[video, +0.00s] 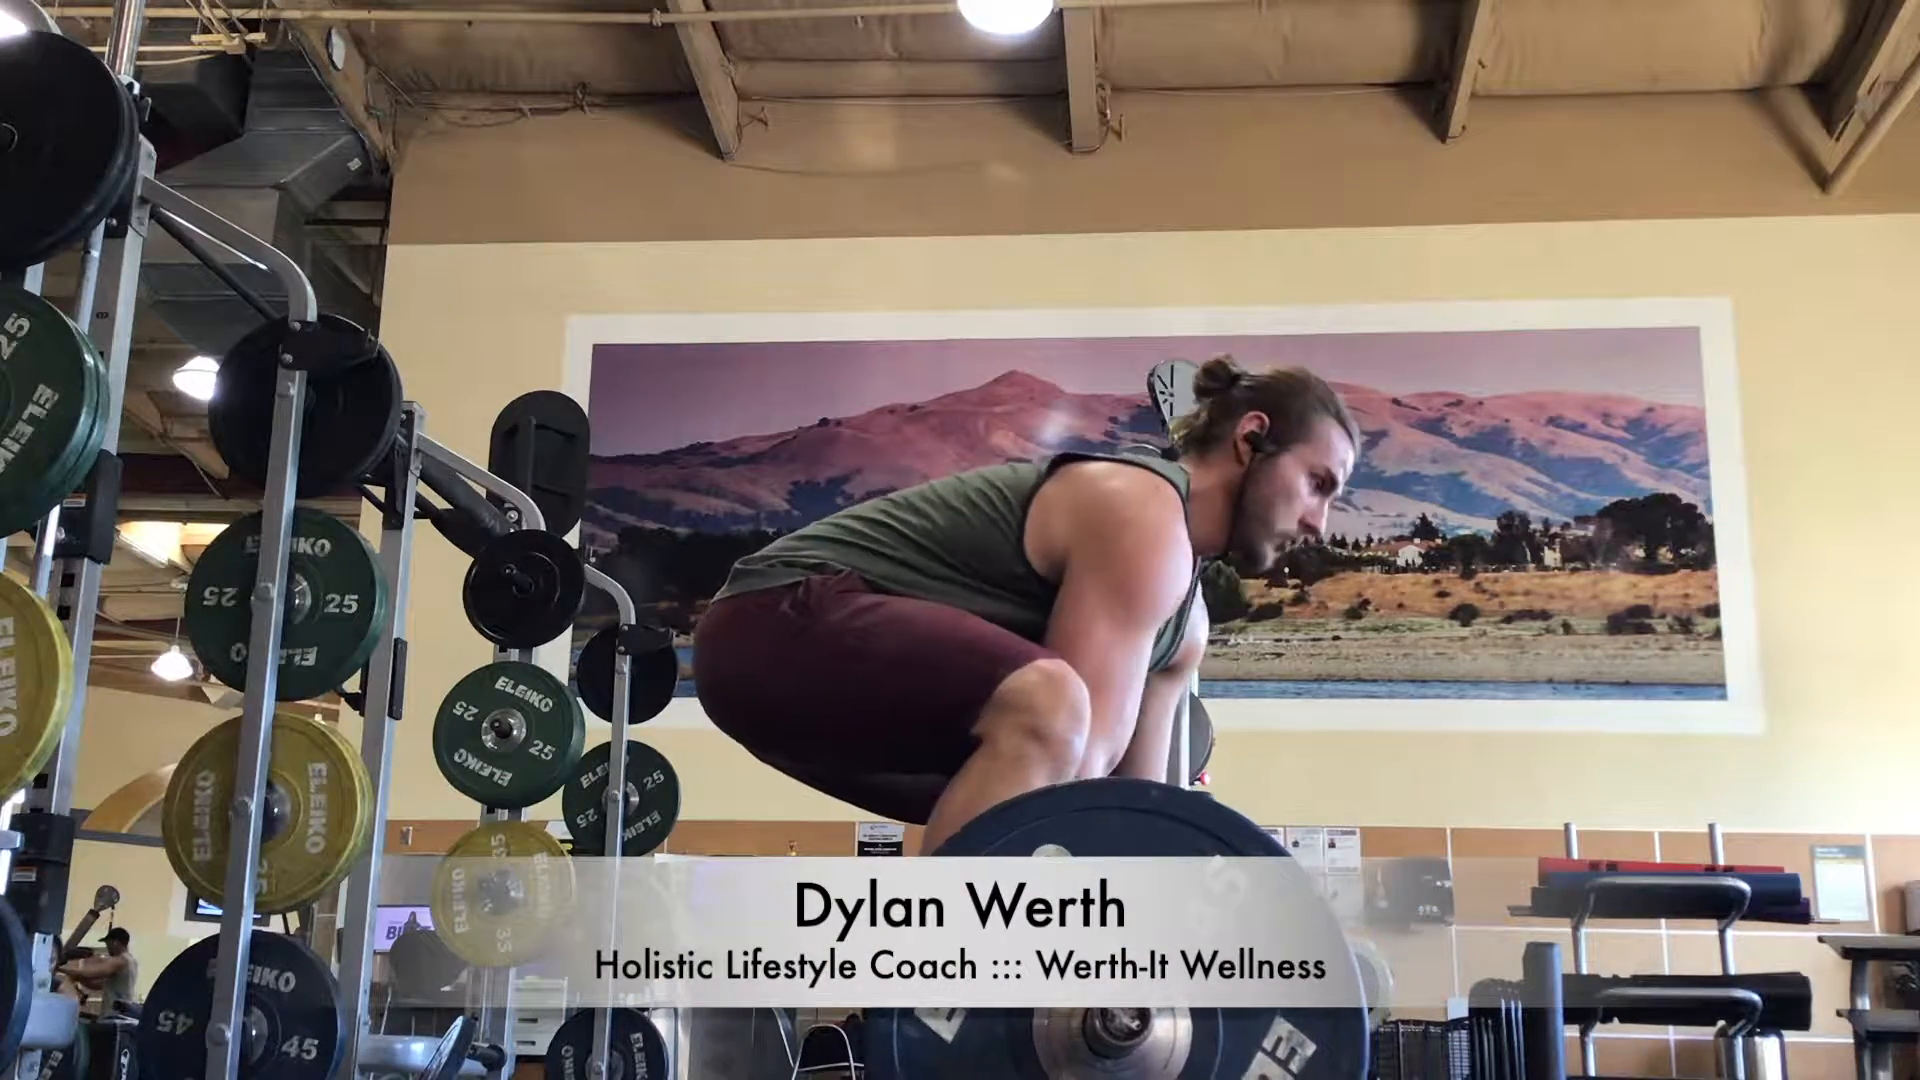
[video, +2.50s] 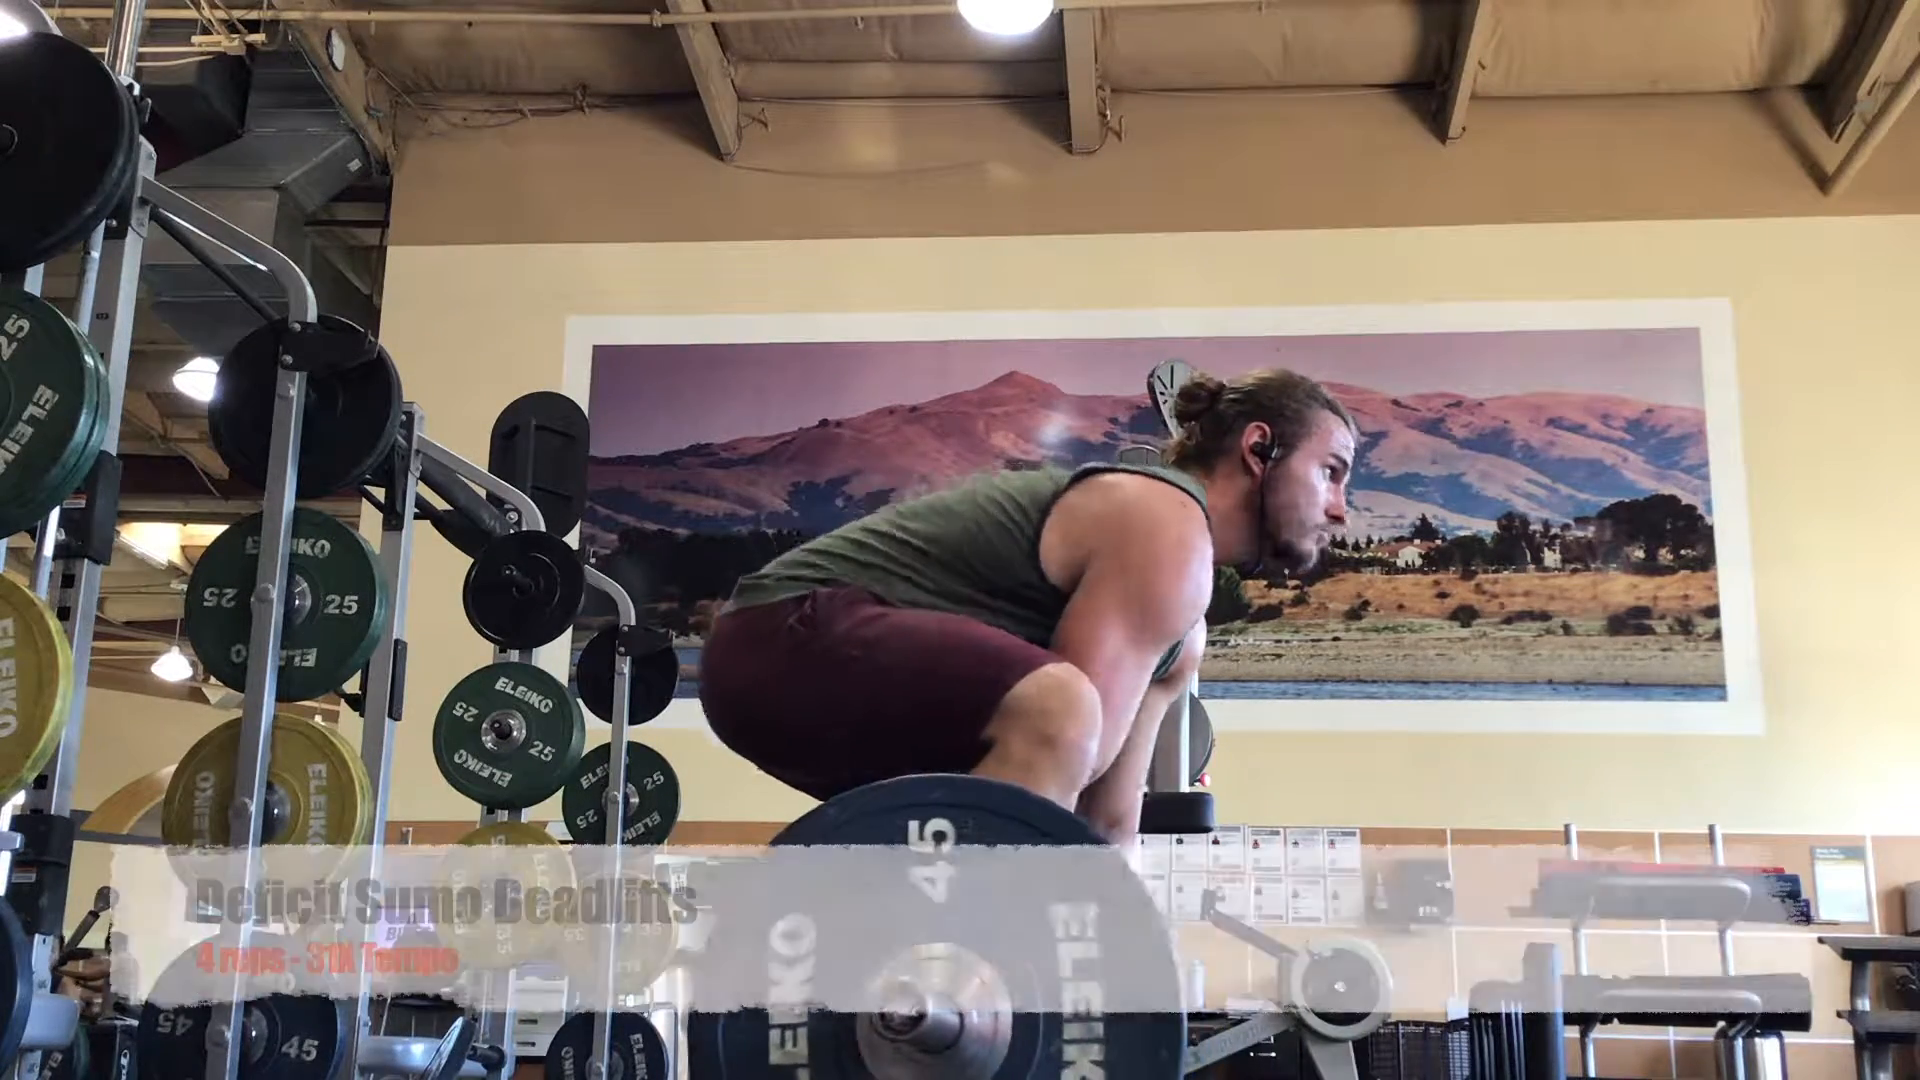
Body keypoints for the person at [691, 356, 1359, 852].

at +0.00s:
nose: (1322, 521)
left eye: (1333, 501)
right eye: (1319, 483)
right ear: (1250, 441)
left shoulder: (1181, 621)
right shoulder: (1139, 523)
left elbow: (1133, 805)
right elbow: (1070, 774)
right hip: (780, 615)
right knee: (1051, 712)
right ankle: (899, 975)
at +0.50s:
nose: (1359, 503)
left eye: (1364, 479)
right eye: (1350, 468)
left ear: (1281, 451)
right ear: (1278, 445)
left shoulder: (1201, 633)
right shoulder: (1188, 528)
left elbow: (1144, 800)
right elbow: (1093, 768)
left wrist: (1139, 974)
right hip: (816, 643)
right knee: (1097, 716)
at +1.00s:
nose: (1343, 507)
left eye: (1347, 481)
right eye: (1333, 471)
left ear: (1263, 452)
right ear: (1260, 448)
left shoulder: (1173, 617)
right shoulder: (1146, 525)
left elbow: (1134, 809)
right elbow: (1062, 759)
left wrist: (1149, 979)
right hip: (788, 617)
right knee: (1071, 718)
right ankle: (927, 967)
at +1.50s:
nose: (1312, 497)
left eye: (1318, 477)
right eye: (1301, 464)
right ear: (1227, 439)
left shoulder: (1168, 613)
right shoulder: (1108, 522)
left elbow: (1152, 798)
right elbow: (1074, 776)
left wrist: (1174, 968)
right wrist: (1100, 967)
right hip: (754, 609)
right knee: (1018, 704)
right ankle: (907, 1043)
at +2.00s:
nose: (1325, 510)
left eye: (1332, 488)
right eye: (1316, 473)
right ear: (1243, 446)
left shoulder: (1175, 631)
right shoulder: (1122, 526)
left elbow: (1114, 814)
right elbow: (1034, 756)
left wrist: (1121, 980)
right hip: (762, 606)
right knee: (1028, 708)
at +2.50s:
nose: (1344, 509)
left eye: (1347, 483)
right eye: (1332, 472)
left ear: (1257, 456)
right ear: (1257, 452)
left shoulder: (1177, 612)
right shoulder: (1164, 531)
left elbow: (1109, 816)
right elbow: (1061, 766)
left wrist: (1113, 967)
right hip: (783, 630)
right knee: (1059, 713)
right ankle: (951, 962)